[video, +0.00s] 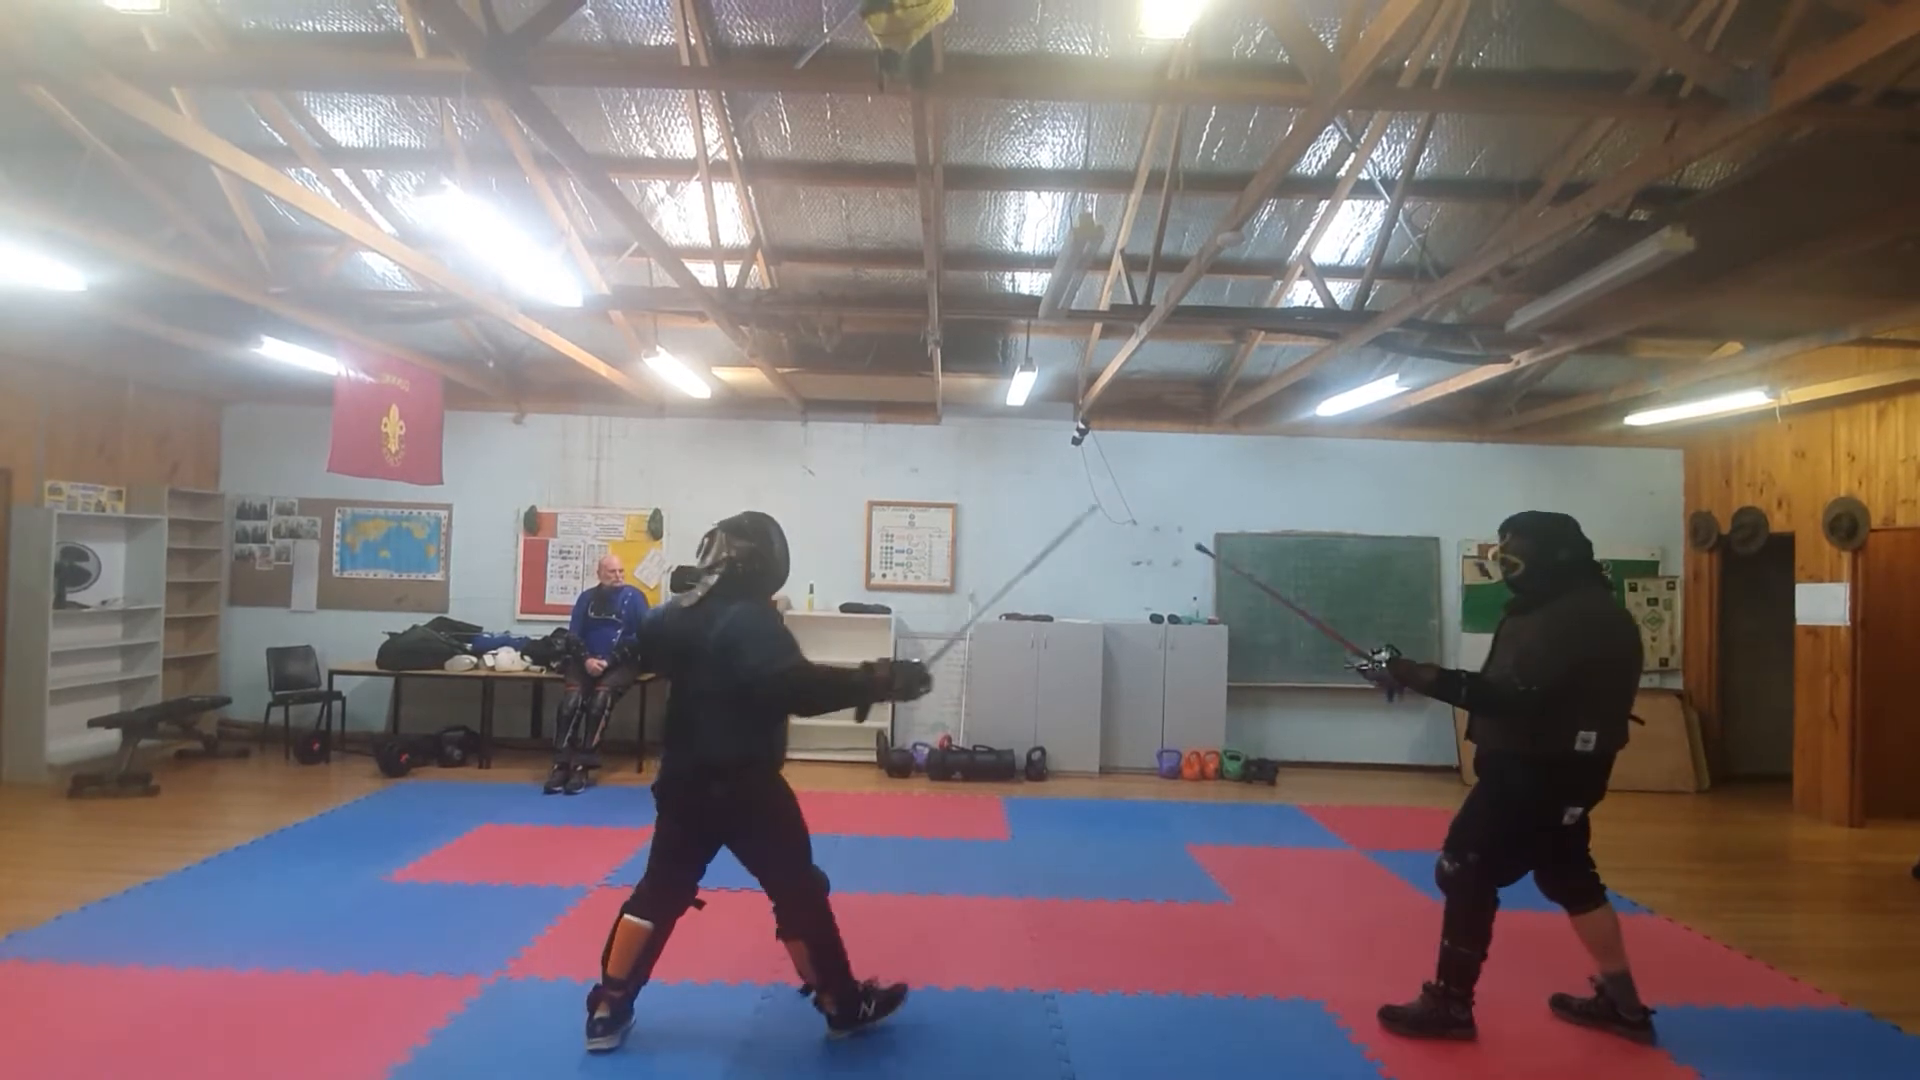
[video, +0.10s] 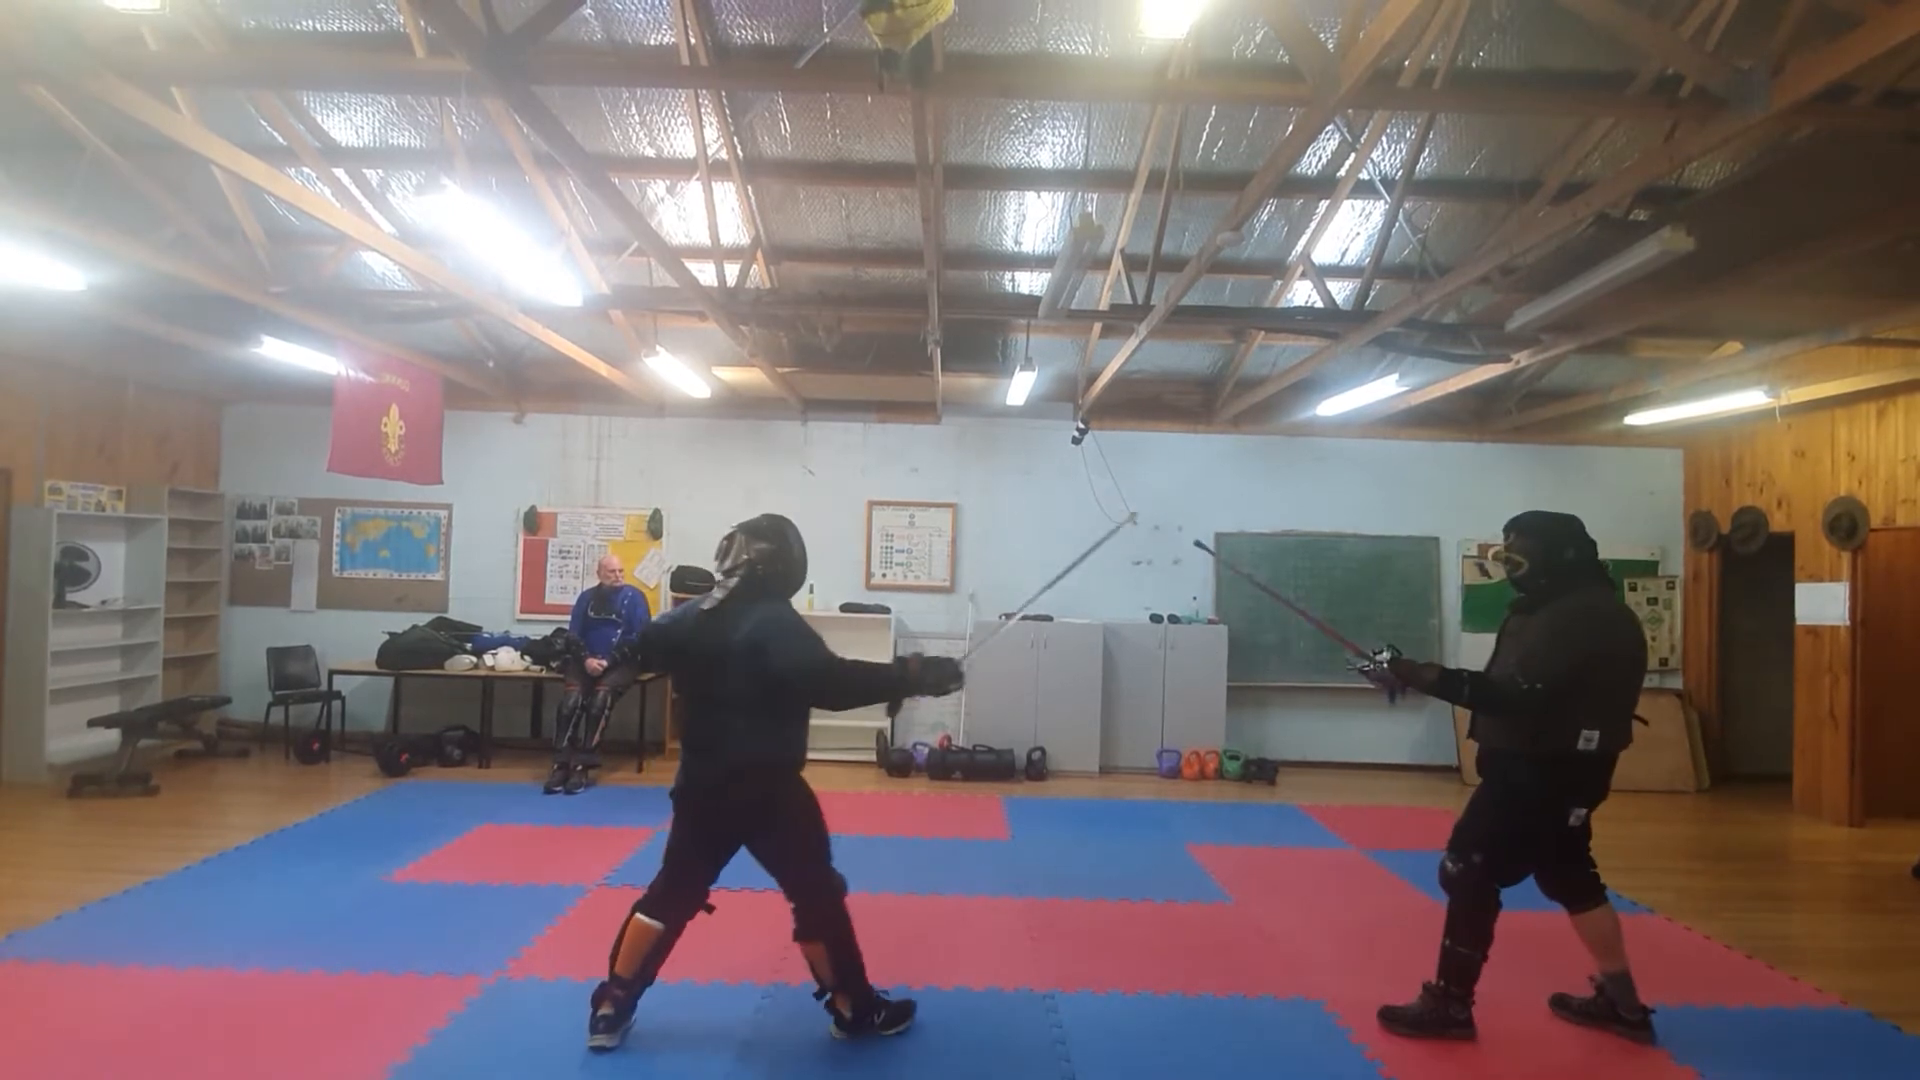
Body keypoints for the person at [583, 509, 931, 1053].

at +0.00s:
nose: (781, 576)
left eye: (718, 552)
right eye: (779, 565)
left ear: (717, 556)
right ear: (770, 565)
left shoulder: (687, 616)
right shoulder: (754, 620)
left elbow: (648, 640)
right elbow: (788, 686)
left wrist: (679, 600)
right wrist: (874, 681)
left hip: (685, 789)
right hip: (751, 792)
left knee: (659, 891)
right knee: (799, 893)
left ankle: (607, 1009)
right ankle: (842, 1004)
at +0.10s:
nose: (799, 573)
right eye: (797, 564)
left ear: (730, 560)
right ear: (787, 566)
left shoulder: (694, 621)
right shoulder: (778, 623)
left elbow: (643, 643)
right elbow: (826, 681)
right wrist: (910, 675)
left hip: (703, 793)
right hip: (773, 794)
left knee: (671, 892)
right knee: (817, 895)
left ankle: (611, 1008)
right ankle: (854, 1009)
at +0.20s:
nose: (815, 572)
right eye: (813, 563)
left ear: (748, 561)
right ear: (803, 566)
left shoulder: (715, 618)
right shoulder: (797, 622)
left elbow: (671, 636)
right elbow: (849, 674)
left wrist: (728, 598)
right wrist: (934, 668)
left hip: (722, 789)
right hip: (793, 789)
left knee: (689, 885)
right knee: (840, 887)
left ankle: (622, 996)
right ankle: (855, 1008)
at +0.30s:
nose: (825, 573)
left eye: (821, 564)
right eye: (823, 564)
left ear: (759, 559)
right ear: (811, 565)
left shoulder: (724, 618)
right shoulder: (808, 618)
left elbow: (684, 634)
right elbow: (868, 666)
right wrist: (950, 656)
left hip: (735, 786)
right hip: (804, 787)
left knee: (710, 878)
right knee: (847, 885)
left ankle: (650, 990)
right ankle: (857, 1008)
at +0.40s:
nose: (829, 571)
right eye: (827, 561)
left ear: (764, 557)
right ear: (819, 563)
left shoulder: (728, 618)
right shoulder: (815, 618)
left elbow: (689, 632)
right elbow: (872, 662)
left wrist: (738, 602)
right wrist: (956, 651)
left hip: (737, 785)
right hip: (807, 785)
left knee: (731, 879)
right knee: (850, 885)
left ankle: (687, 1003)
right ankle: (857, 1008)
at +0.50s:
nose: (828, 572)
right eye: (826, 563)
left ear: (763, 557)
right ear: (818, 563)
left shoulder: (730, 617)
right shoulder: (810, 616)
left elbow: (690, 629)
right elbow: (861, 662)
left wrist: (735, 600)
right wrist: (954, 651)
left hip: (738, 784)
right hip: (807, 784)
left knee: (728, 885)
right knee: (852, 882)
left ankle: (682, 1010)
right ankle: (857, 1010)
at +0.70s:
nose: (825, 569)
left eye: (822, 558)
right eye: (823, 559)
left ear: (763, 556)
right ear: (812, 560)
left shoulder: (733, 614)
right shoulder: (803, 614)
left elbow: (693, 630)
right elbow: (847, 675)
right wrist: (932, 661)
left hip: (736, 782)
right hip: (803, 783)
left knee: (723, 884)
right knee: (849, 886)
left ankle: (682, 1008)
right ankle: (858, 1010)